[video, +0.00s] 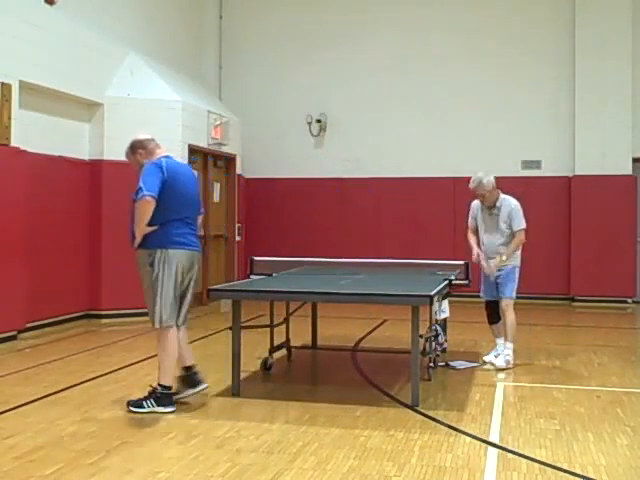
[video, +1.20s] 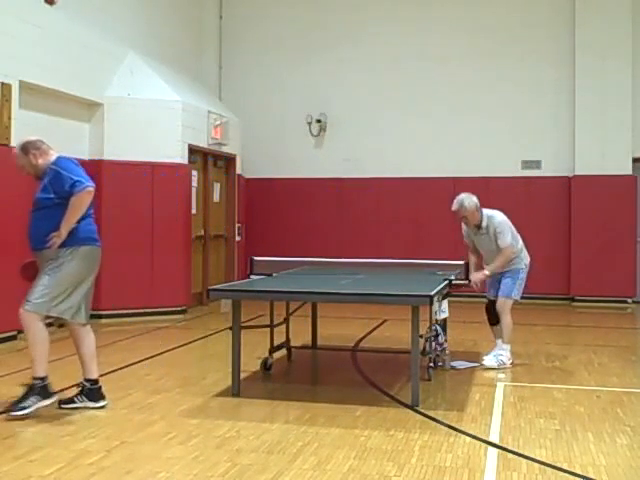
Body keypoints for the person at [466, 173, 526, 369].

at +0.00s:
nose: (480, 200)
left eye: (483, 195)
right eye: (478, 196)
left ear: (494, 190)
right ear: (477, 193)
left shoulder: (511, 205)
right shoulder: (476, 206)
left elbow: (520, 236)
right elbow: (471, 231)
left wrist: (504, 257)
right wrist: (475, 249)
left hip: (508, 263)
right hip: (487, 263)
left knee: (506, 305)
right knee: (490, 306)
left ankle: (508, 350)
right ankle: (499, 346)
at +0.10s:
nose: (476, 209)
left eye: (479, 206)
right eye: (474, 206)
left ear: (490, 200)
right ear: (473, 203)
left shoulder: (509, 212)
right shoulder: (474, 213)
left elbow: (518, 244)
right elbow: (472, 240)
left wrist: (504, 269)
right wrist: (473, 261)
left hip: (510, 263)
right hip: (489, 264)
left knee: (506, 305)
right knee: (489, 306)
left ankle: (506, 352)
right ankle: (499, 346)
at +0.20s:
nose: (471, 223)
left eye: (474, 220)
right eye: (470, 220)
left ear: (485, 214)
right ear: (469, 216)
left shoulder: (507, 222)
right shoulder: (471, 227)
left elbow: (519, 251)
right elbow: (470, 254)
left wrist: (507, 280)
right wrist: (469, 282)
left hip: (514, 267)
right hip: (492, 268)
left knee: (504, 306)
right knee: (488, 309)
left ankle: (506, 352)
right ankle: (500, 346)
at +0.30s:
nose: (470, 239)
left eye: (472, 235)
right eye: (468, 236)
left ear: (483, 229)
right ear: (466, 233)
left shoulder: (505, 232)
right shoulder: (469, 242)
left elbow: (522, 257)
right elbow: (467, 271)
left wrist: (509, 286)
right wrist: (464, 296)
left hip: (517, 271)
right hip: (495, 273)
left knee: (504, 307)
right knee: (488, 310)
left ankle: (506, 352)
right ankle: (499, 347)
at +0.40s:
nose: (470, 255)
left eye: (472, 251)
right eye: (468, 252)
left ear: (482, 244)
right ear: (465, 249)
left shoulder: (503, 241)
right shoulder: (469, 256)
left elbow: (525, 265)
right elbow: (466, 285)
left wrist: (510, 288)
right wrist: (460, 315)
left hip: (518, 274)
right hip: (496, 278)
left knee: (505, 308)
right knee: (488, 312)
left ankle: (506, 353)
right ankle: (500, 348)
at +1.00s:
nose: (465, 241)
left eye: (466, 237)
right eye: (463, 238)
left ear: (476, 229)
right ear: (462, 235)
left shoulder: (499, 233)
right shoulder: (466, 245)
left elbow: (517, 258)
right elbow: (469, 273)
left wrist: (507, 289)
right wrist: (468, 301)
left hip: (517, 269)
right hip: (496, 273)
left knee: (504, 307)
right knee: (489, 310)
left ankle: (506, 353)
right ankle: (499, 348)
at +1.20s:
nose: (463, 221)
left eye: (465, 216)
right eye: (461, 217)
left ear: (476, 210)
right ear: (461, 215)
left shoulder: (497, 220)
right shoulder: (466, 227)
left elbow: (509, 252)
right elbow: (473, 251)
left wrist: (486, 272)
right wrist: (472, 273)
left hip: (514, 264)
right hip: (494, 267)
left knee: (503, 306)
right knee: (491, 307)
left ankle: (505, 351)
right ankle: (499, 347)